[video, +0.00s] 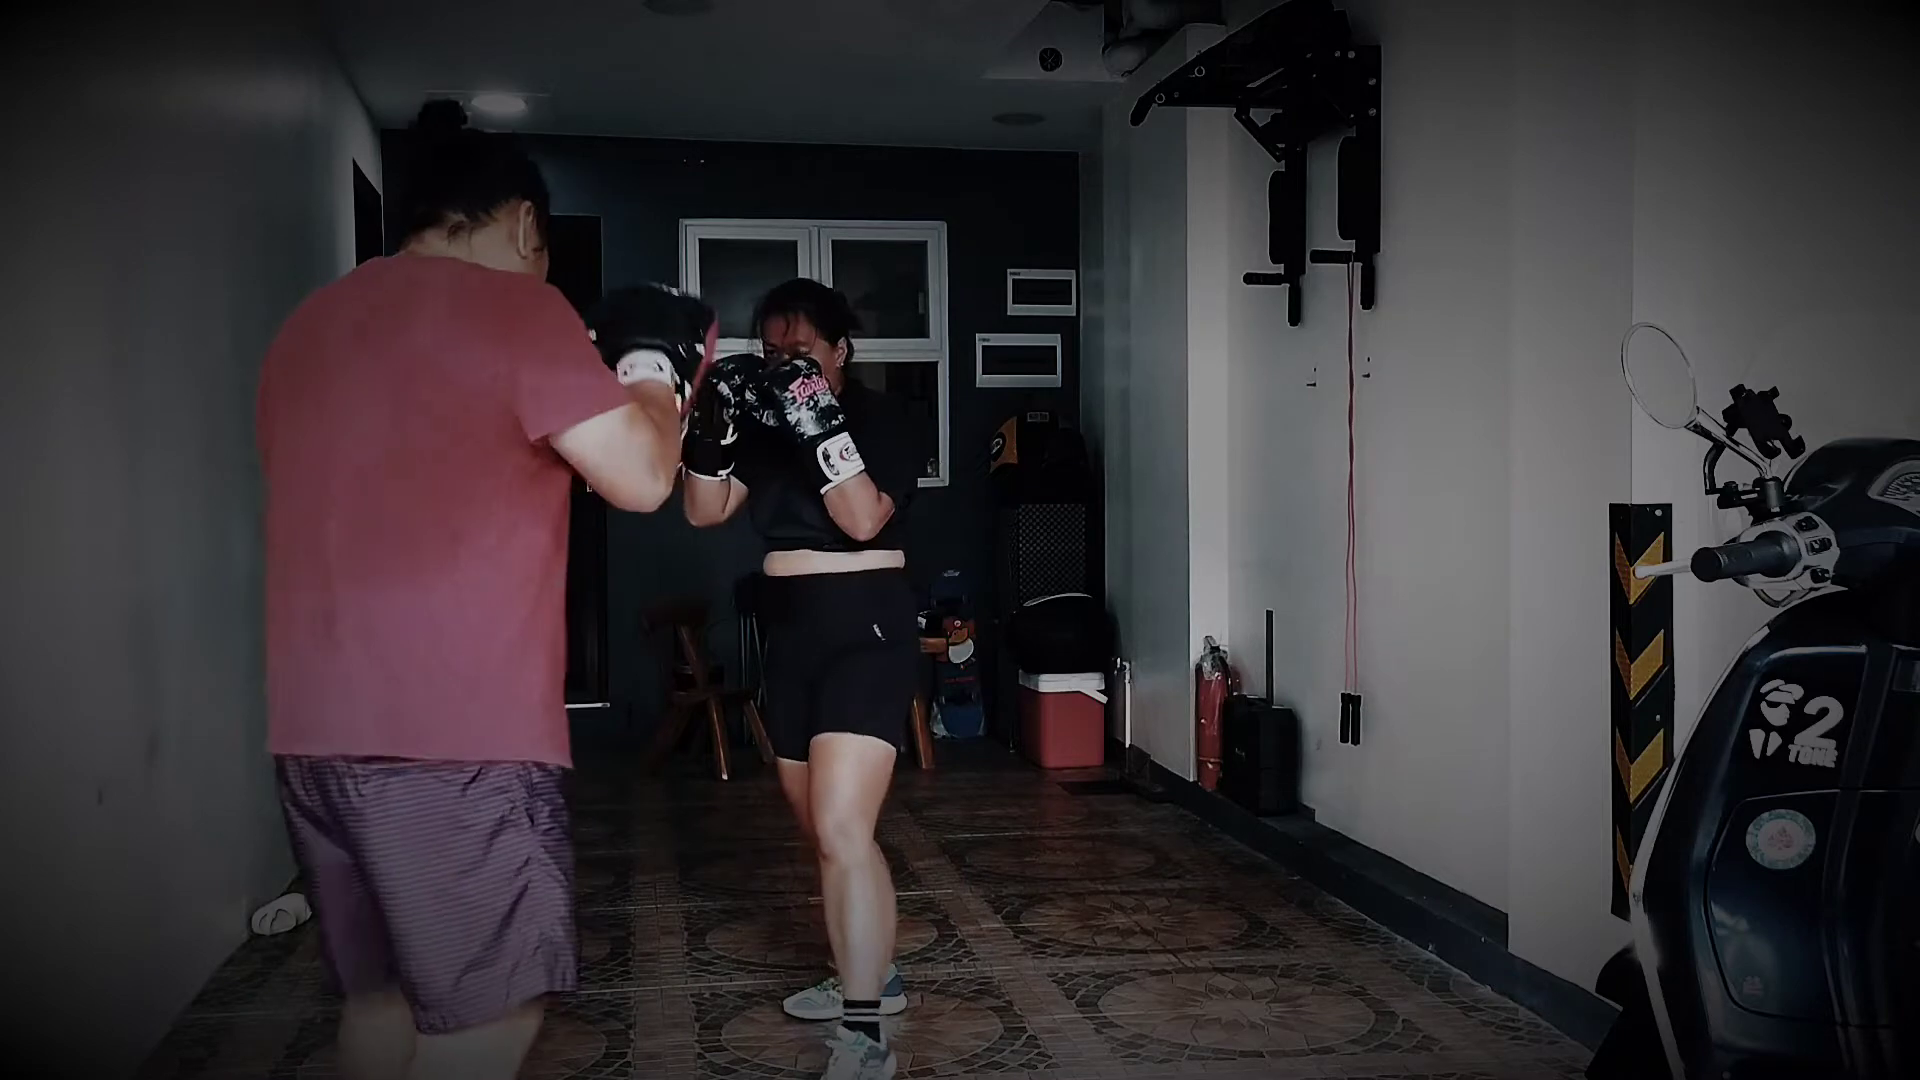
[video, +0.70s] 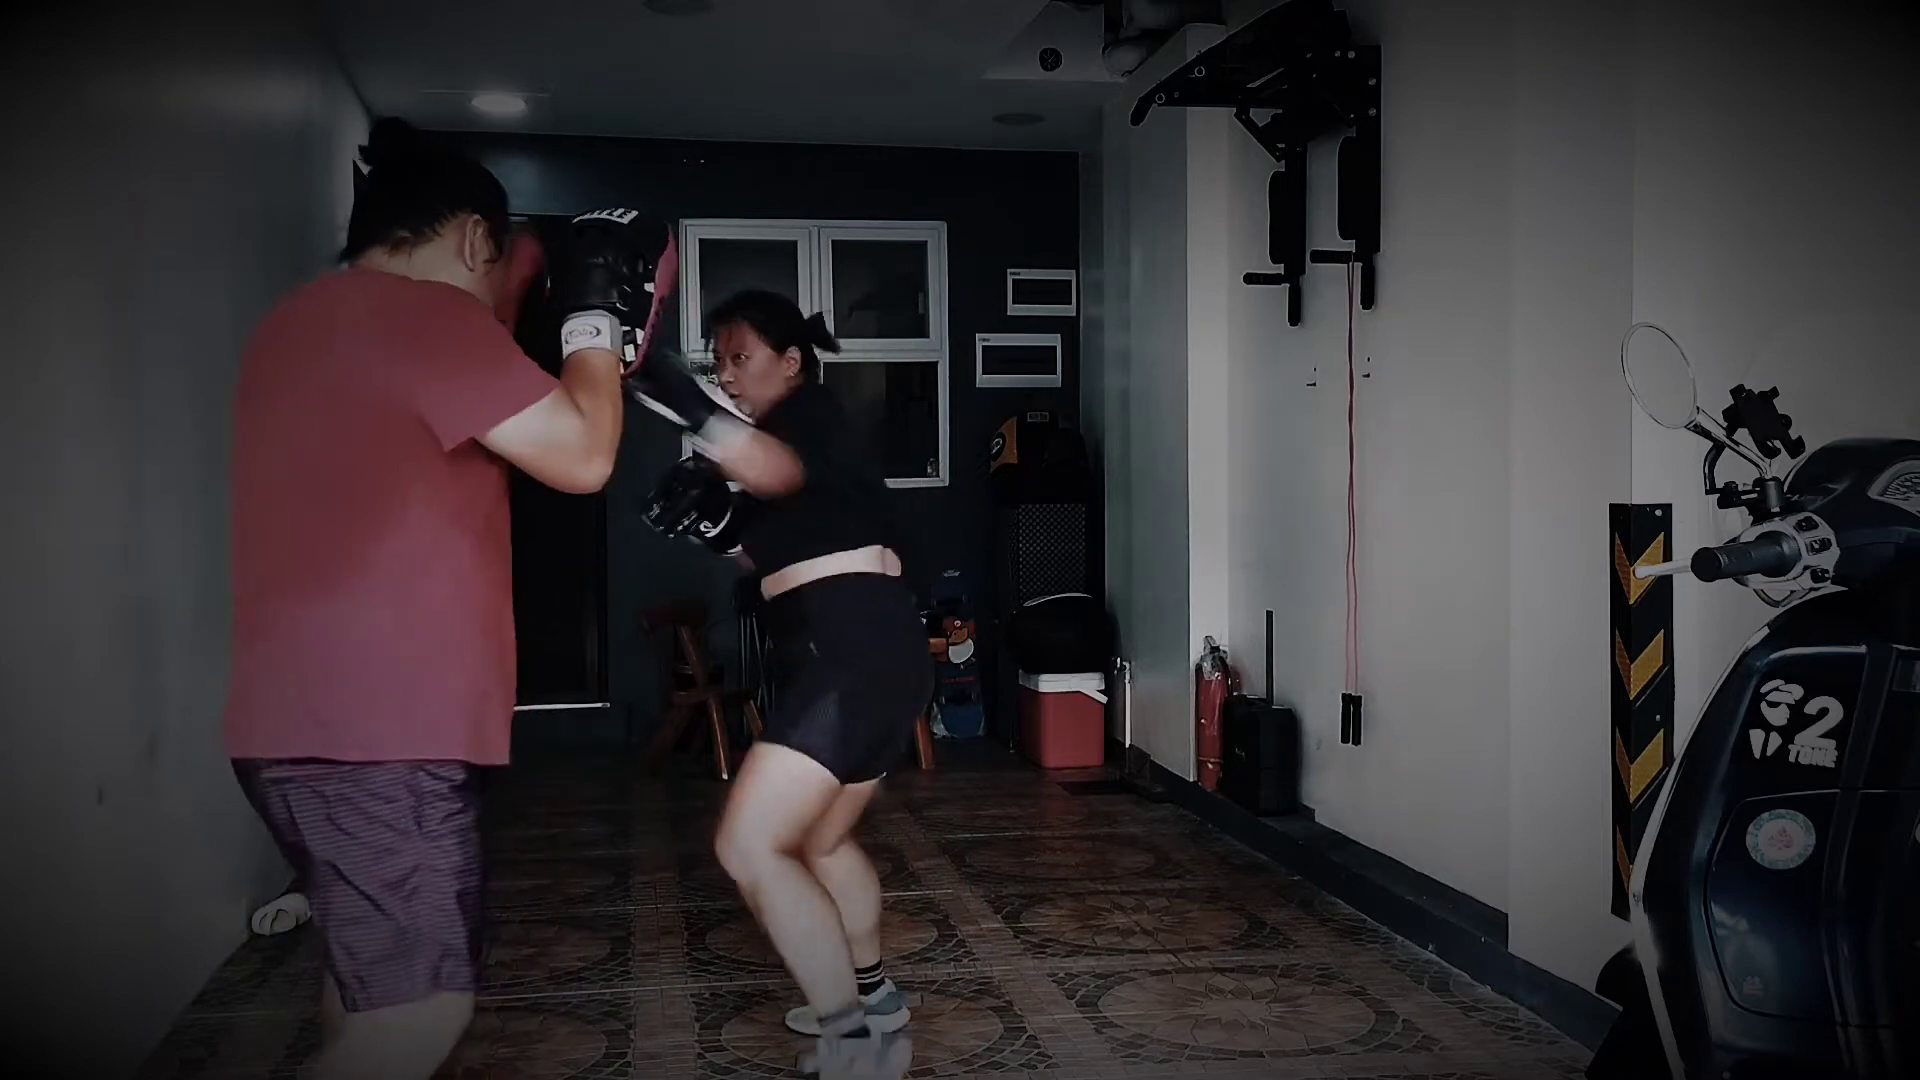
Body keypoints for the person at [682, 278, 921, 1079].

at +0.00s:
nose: (787, 364)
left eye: (802, 350)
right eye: (775, 352)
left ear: (841, 348)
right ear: (764, 354)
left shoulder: (881, 417)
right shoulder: (762, 419)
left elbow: (863, 520)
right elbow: (704, 513)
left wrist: (824, 425)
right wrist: (717, 427)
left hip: (869, 626)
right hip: (785, 629)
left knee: (843, 822)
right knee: (820, 822)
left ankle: (866, 1030)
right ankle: (870, 974)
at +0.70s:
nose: (728, 377)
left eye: (741, 358)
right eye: (721, 365)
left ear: (791, 357)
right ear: (727, 371)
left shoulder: (812, 414)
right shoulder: (798, 434)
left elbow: (771, 469)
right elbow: (779, 559)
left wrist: (690, 405)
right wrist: (721, 523)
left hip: (848, 649)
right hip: (881, 648)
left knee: (748, 841)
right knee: (823, 840)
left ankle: (849, 1033)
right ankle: (871, 990)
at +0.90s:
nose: (743, 362)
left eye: (758, 344)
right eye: (739, 347)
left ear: (812, 348)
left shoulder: (852, 422)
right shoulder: (754, 436)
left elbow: (805, 529)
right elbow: (752, 562)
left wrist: (713, 468)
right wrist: (703, 512)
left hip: (869, 666)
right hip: (794, 664)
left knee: (809, 886)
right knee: (777, 838)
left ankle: (857, 1068)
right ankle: (873, 983)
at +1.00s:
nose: (758, 364)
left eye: (777, 349)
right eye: (755, 347)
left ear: (833, 356)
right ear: (752, 351)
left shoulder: (884, 447)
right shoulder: (743, 433)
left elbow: (929, 580)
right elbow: (617, 455)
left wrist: (833, 536)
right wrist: (614, 370)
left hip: (878, 670)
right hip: (790, 673)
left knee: (831, 880)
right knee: (774, 868)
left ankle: (861, 1066)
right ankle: (884, 990)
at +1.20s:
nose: (755, 373)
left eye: (771, 355)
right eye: (748, 357)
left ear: (826, 358)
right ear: (748, 363)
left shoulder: (867, 442)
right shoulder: (764, 452)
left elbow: (863, 563)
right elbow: (706, 537)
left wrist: (778, 495)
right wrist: (649, 497)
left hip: (870, 674)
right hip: (800, 674)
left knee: (780, 880)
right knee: (816, 862)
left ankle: (854, 1069)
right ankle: (889, 993)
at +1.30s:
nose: (744, 385)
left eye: (760, 367)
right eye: (739, 368)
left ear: (814, 370)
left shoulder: (840, 433)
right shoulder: (775, 443)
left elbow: (740, 500)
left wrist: (664, 430)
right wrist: (721, 528)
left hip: (872, 682)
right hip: (804, 674)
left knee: (764, 896)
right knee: (812, 867)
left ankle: (836, 1074)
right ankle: (884, 995)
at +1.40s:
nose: (767, 383)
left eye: (782, 363)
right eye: (761, 366)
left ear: (840, 364)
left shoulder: (867, 442)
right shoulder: (796, 447)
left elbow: (789, 544)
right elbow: (755, 552)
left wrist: (715, 469)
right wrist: (702, 473)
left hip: (878, 697)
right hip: (804, 687)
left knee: (771, 897)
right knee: (783, 864)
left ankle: (837, 1072)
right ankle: (881, 991)